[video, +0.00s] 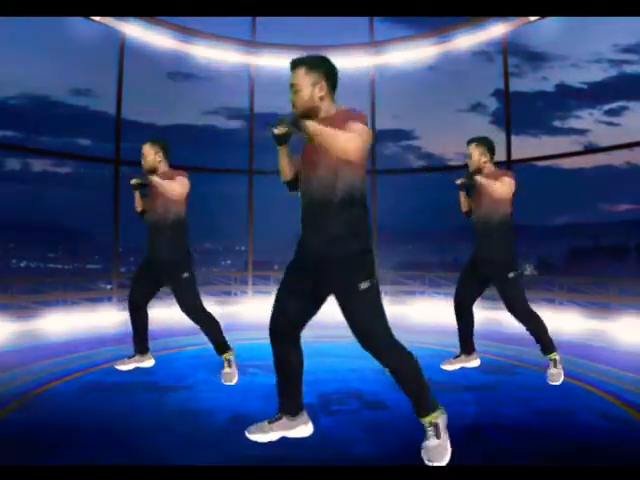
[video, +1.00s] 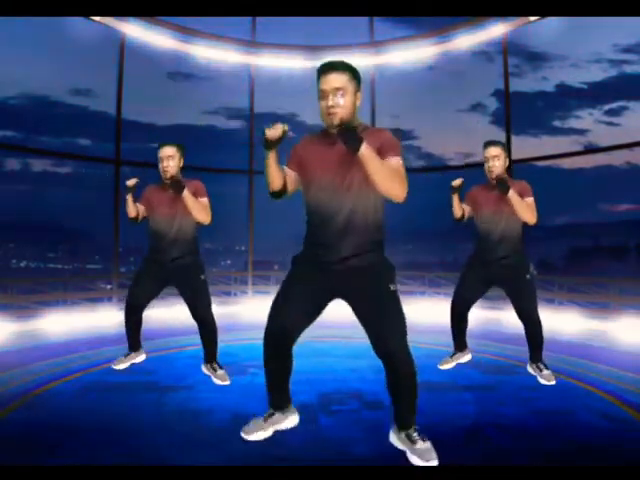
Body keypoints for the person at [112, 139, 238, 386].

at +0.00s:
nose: (143, 160)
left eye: (146, 155)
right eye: (142, 156)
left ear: (160, 156)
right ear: (148, 159)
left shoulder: (179, 178)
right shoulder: (150, 184)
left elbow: (178, 193)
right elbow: (142, 212)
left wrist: (153, 179)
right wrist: (137, 192)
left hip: (178, 258)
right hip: (155, 258)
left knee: (193, 309)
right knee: (136, 301)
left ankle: (227, 355)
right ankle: (142, 354)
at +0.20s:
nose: (152, 160)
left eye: (156, 155)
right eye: (151, 156)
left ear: (171, 155)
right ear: (153, 159)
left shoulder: (191, 180)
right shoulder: (152, 188)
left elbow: (199, 207)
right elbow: (135, 211)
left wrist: (174, 182)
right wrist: (131, 187)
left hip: (187, 257)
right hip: (158, 257)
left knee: (203, 310)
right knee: (140, 302)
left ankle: (213, 359)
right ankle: (143, 354)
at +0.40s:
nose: (158, 161)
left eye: (162, 156)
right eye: (156, 156)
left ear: (177, 156)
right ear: (156, 160)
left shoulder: (195, 181)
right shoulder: (153, 187)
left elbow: (207, 211)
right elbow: (139, 215)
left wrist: (180, 186)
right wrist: (133, 191)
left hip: (190, 257)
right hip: (160, 257)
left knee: (206, 310)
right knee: (140, 301)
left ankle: (213, 359)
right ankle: (143, 354)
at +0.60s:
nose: (165, 160)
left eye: (170, 155)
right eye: (162, 155)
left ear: (181, 157)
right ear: (157, 160)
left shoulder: (194, 183)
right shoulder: (152, 188)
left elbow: (205, 213)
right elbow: (133, 209)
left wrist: (181, 185)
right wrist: (133, 181)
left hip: (188, 259)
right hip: (157, 259)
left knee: (205, 312)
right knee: (135, 302)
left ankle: (213, 360)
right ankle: (142, 353)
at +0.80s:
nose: (166, 141)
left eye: (170, 136)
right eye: (162, 137)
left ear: (181, 138)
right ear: (158, 141)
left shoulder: (194, 163)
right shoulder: (152, 170)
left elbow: (208, 188)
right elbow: (131, 191)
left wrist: (184, 165)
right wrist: (129, 166)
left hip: (186, 244)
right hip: (157, 243)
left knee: (201, 299)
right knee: (139, 294)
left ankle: (214, 351)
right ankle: (134, 341)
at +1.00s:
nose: (166, 164)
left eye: (171, 159)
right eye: (162, 159)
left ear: (181, 161)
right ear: (158, 163)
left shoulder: (194, 187)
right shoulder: (152, 192)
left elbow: (205, 217)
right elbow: (134, 215)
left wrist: (182, 191)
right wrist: (130, 194)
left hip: (187, 264)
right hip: (156, 264)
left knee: (204, 315)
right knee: (133, 304)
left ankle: (211, 363)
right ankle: (135, 351)